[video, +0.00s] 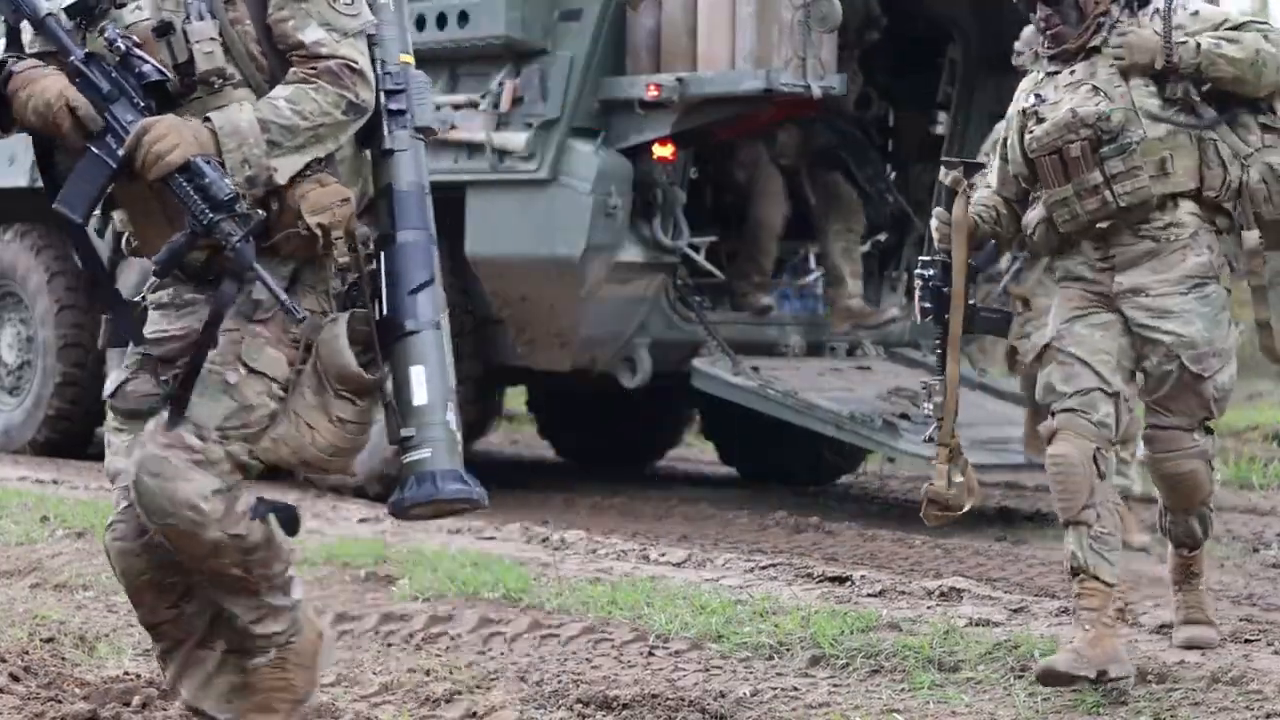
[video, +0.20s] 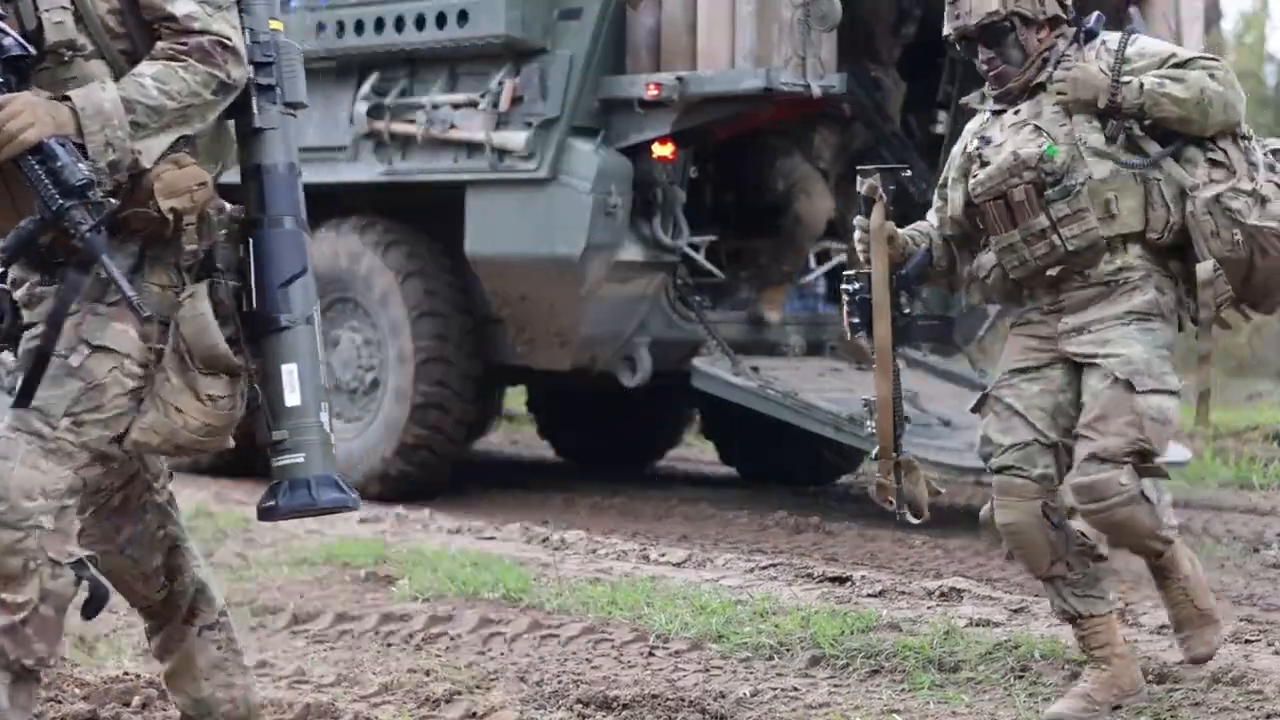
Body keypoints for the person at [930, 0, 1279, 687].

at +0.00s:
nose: (1051, 15)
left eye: (1064, 4)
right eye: (1043, 8)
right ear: (1037, 16)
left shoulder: (1167, 28)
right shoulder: (1032, 92)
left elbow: (1268, 60)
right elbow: (1000, 198)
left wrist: (1174, 51)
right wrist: (965, 210)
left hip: (1174, 263)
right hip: (1077, 277)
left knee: (1177, 453)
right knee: (1073, 451)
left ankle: (1189, 580)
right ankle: (1100, 629)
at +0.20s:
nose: (984, 56)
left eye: (997, 37)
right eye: (974, 46)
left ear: (1044, 25)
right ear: (967, 53)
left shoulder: (1112, 59)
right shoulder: (978, 133)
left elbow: (1223, 100)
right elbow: (950, 245)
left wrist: (1116, 87)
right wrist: (897, 247)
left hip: (1126, 302)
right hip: (1035, 319)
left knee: (1103, 488)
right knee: (1019, 503)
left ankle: (1174, 569)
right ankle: (1112, 662)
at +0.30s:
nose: (957, 59)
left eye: (967, 39)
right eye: (944, 49)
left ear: (1014, 26)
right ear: (938, 55)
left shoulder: (1078, 68)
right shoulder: (951, 132)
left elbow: (1187, 102)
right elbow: (925, 245)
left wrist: (1078, 61)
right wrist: (872, 255)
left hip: (1095, 301)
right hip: (1006, 325)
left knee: (1027, 477)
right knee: (1003, 513)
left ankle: (1109, 645)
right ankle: (1101, 664)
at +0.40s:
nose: (931, 46)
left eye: (943, 25)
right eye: (918, 36)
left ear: (990, 12)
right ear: (910, 43)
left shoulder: (1053, 64)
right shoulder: (917, 121)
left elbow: (1133, 83)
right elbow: (883, 232)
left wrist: (1052, 17)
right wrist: (837, 264)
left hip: (1058, 297)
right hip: (974, 318)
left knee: (979, 488)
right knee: (999, 498)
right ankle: (1114, 658)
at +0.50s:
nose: (891, 48)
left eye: (905, 26)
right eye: (877, 37)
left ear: (952, 15)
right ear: (868, 47)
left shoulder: (1010, 67)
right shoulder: (872, 123)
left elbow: (1072, 23)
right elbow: (831, 233)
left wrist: (1034, 23)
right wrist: (789, 266)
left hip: (1005, 312)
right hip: (917, 332)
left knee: (943, 504)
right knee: (948, 512)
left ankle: (929, 695)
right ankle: (1088, 638)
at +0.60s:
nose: (848, 65)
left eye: (860, 45)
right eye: (835, 56)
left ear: (907, 36)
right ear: (825, 69)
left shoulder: (955, 93)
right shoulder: (834, 142)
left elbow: (1004, 22)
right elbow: (797, 254)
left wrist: (967, 28)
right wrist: (747, 266)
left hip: (953, 334)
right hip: (868, 348)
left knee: (893, 554)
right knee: (839, 563)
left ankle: (907, 708)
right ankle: (992, 608)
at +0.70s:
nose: (792, 71)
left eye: (803, 50)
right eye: (779, 62)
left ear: (849, 44)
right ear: (770, 76)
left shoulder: (905, 112)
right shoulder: (762, 170)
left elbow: (907, 102)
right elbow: (758, 301)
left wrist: (877, 40)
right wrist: (701, 278)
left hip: (905, 353)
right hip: (805, 365)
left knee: (856, 558)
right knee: (744, 530)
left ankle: (899, 705)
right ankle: (856, 661)